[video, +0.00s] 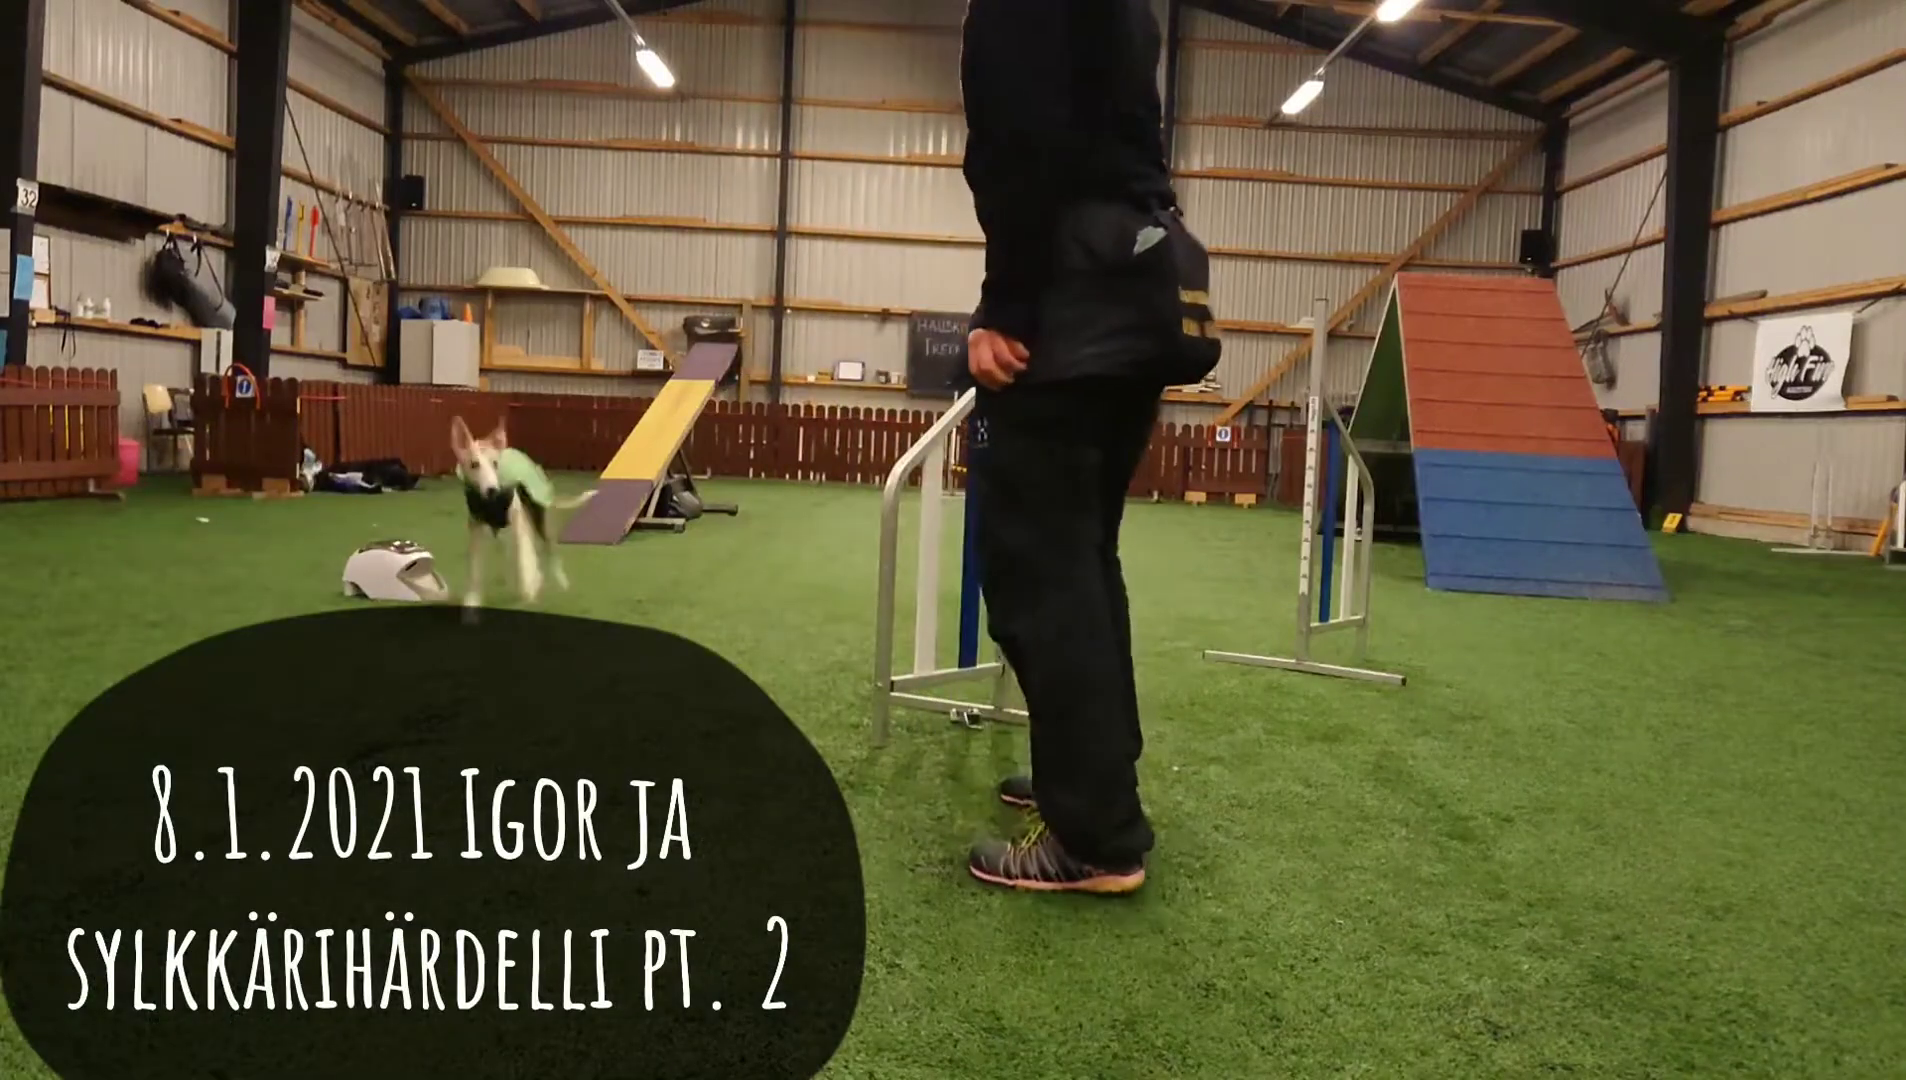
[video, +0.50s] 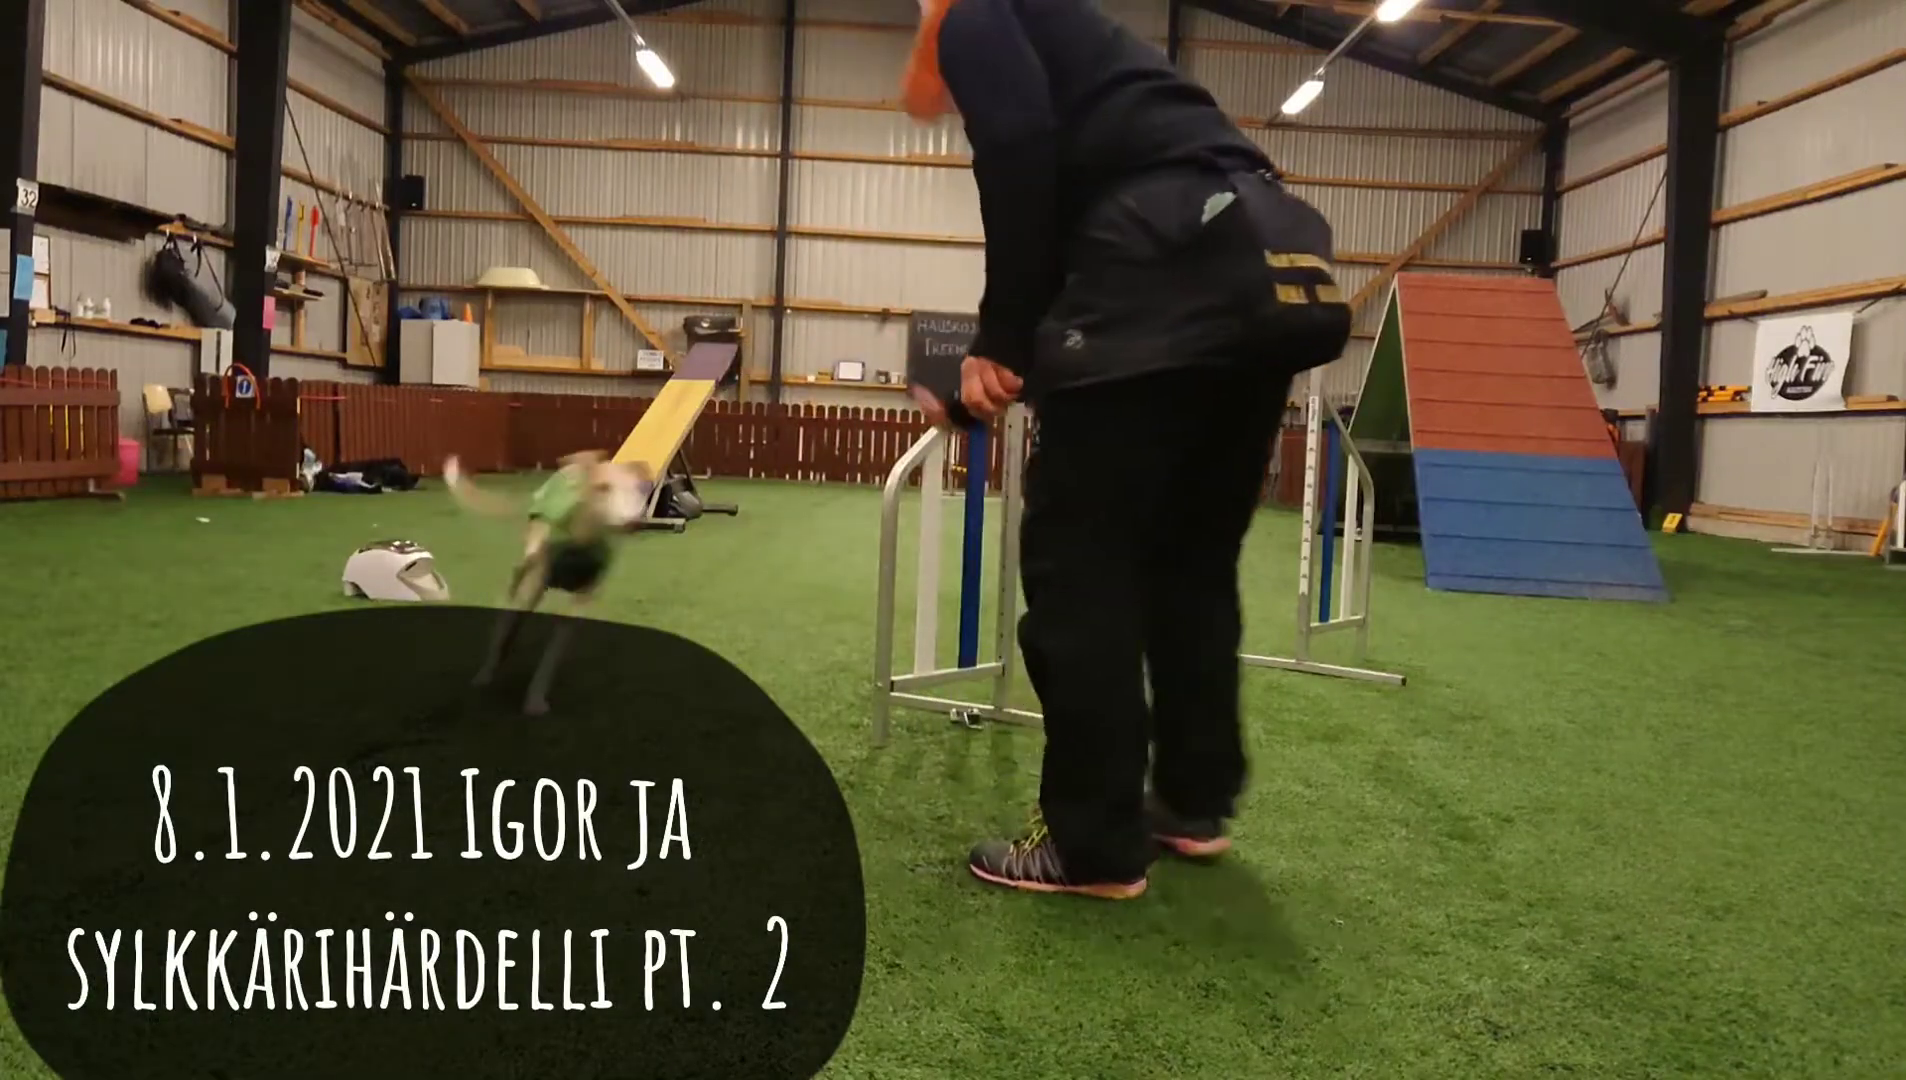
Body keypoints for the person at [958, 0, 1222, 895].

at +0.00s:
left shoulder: (1013, 13)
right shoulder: (1120, 20)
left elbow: (1018, 139)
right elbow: (1121, 150)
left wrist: (1001, 305)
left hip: (1064, 325)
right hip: (1124, 319)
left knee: (1038, 576)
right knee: (1077, 560)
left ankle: (1099, 841)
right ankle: (1087, 780)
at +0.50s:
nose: (933, 97)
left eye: (931, 58)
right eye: (927, 82)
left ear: (942, 12)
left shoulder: (973, 17)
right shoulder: (1092, 40)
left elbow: (1020, 148)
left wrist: (1002, 339)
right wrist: (980, 374)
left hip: (1146, 302)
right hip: (1260, 291)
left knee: (1075, 569)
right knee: (1194, 557)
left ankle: (1094, 846)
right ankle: (1195, 807)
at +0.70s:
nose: (970, 101)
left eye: (968, 74)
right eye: (964, 81)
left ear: (989, 31)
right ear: (1069, 17)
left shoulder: (1006, 46)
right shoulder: (1146, 70)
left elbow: (1040, 164)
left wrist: (1021, 347)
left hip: (1182, 298)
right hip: (1312, 295)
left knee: (1114, 583)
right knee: (1263, 575)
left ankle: (1099, 846)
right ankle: (1265, 822)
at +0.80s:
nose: (993, 143)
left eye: (990, 109)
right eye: (989, 127)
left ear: (1015, 36)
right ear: (1089, 27)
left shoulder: (1028, 51)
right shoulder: (1166, 81)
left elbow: (1056, 163)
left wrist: (1037, 349)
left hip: (1198, 297)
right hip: (1334, 296)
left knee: (1135, 588)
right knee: (1293, 581)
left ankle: (1104, 847)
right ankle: (1271, 828)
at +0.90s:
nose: (1018, 127)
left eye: (1014, 96)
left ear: (1038, 41)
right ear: (1108, 32)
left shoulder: (1047, 56)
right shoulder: (1187, 87)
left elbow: (1073, 165)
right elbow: (1206, 260)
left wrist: (1049, 346)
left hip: (1214, 293)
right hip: (1344, 292)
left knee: (1151, 588)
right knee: (1306, 583)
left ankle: (1106, 845)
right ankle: (1273, 828)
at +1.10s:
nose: (1031, 76)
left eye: (1034, 59)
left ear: (1058, 38)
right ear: (1133, 33)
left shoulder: (1063, 61)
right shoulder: (1200, 86)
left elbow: (1082, 167)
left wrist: (1051, 340)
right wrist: (1350, 356)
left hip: (1202, 303)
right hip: (1334, 304)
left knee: (1138, 571)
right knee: (1294, 574)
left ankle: (1109, 834)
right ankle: (1271, 828)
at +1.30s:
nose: (1031, 43)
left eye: (1033, 34)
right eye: (1036, 35)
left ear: (1057, 31)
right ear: (1128, 34)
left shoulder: (1051, 66)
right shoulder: (1179, 85)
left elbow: (1051, 191)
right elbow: (1221, 240)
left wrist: (1009, 346)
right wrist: (1189, 420)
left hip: (1158, 304)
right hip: (1281, 311)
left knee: (1062, 557)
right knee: (1264, 574)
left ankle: (997, 792)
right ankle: (1270, 826)